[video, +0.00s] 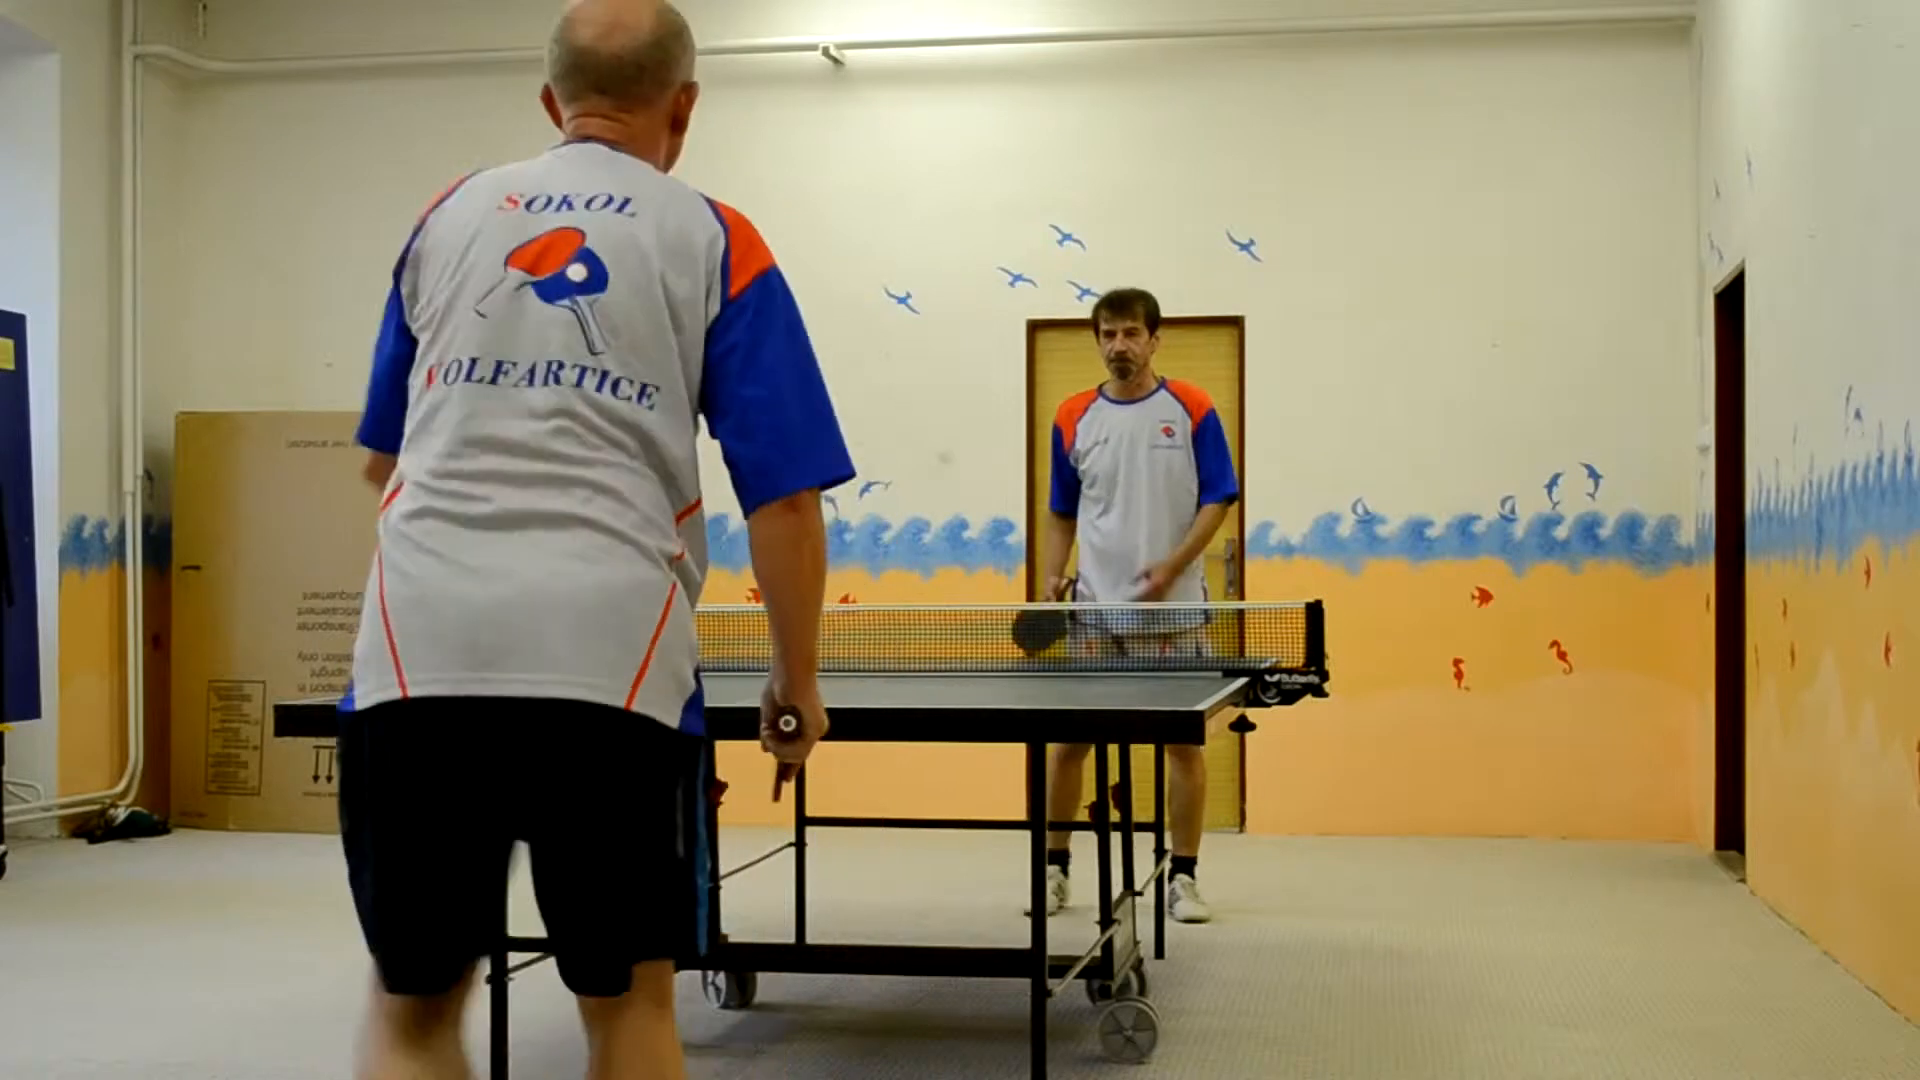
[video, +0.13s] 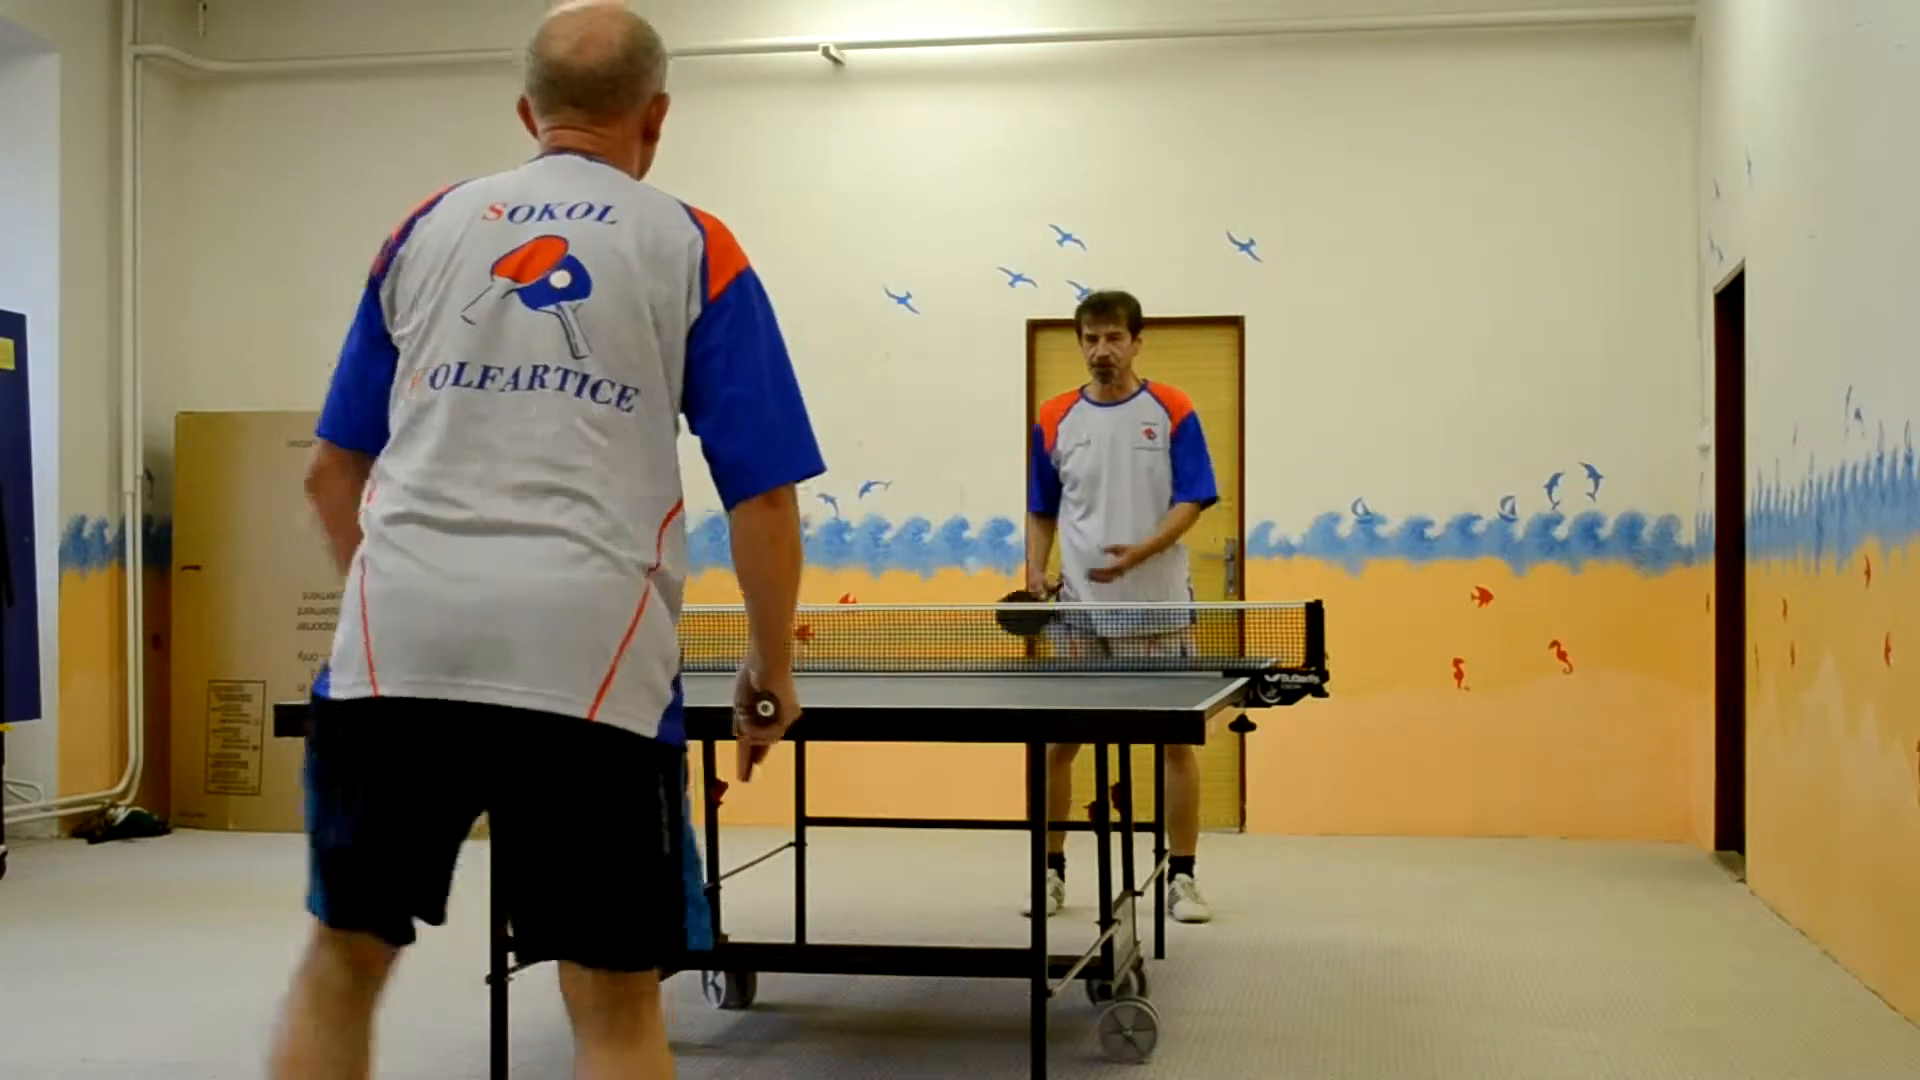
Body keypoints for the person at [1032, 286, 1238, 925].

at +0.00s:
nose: (1119, 344)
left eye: (1130, 333)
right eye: (1109, 334)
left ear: (1153, 339)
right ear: (1097, 341)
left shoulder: (1191, 409)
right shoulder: (1073, 417)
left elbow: (1220, 497)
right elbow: (1061, 510)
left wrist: (1177, 561)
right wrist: (1052, 574)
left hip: (1173, 610)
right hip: (1094, 611)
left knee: (1185, 742)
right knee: (1069, 740)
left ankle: (1182, 874)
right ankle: (1054, 870)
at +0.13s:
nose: (1101, 349)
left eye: (1112, 338)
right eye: (1091, 339)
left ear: (1136, 342)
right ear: (1079, 344)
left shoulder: (1172, 409)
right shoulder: (1054, 419)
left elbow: (1196, 497)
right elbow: (1042, 506)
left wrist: (1141, 551)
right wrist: (1035, 568)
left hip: (1158, 606)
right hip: (1079, 609)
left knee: (1177, 740)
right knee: (1057, 741)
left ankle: (1181, 873)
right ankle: (1050, 870)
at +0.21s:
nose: (1086, 352)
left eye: (1097, 340)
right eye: (1076, 341)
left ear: (1121, 343)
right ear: (1064, 346)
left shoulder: (1156, 409)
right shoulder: (1040, 419)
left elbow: (1171, 500)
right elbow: (1027, 508)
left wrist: (1120, 541)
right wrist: (1028, 567)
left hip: (1145, 606)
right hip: (1067, 608)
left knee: (1171, 740)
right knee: (1051, 740)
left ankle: (1178, 872)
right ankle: (1049, 870)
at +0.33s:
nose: (1066, 357)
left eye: (1078, 345)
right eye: (1057, 345)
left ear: (1102, 346)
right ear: (1045, 347)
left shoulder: (1137, 408)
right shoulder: (1023, 419)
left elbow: (1140, 499)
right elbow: (1013, 510)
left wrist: (1084, 528)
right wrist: (1009, 562)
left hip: (1131, 605)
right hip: (1054, 609)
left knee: (1167, 735)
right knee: (1043, 739)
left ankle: (1173, 868)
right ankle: (1048, 869)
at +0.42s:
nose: (1054, 356)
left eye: (1066, 346)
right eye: (1047, 345)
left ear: (1095, 348)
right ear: (1039, 346)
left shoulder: (1131, 408)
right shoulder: (1018, 417)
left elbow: (1127, 498)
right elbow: (1003, 502)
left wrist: (1064, 520)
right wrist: (1000, 564)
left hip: (1127, 602)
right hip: (1051, 607)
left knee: (1161, 731)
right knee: (1042, 737)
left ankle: (1168, 865)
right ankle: (1047, 867)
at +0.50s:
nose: (1049, 359)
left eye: (1061, 349)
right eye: (1043, 348)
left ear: (1093, 350)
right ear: (1037, 347)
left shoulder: (1130, 409)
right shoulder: (1017, 418)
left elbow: (1117, 499)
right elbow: (1001, 504)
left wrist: (1056, 514)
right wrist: (997, 566)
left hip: (1123, 603)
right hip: (1048, 608)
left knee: (1156, 732)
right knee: (1041, 737)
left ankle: (1158, 864)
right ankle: (1046, 867)